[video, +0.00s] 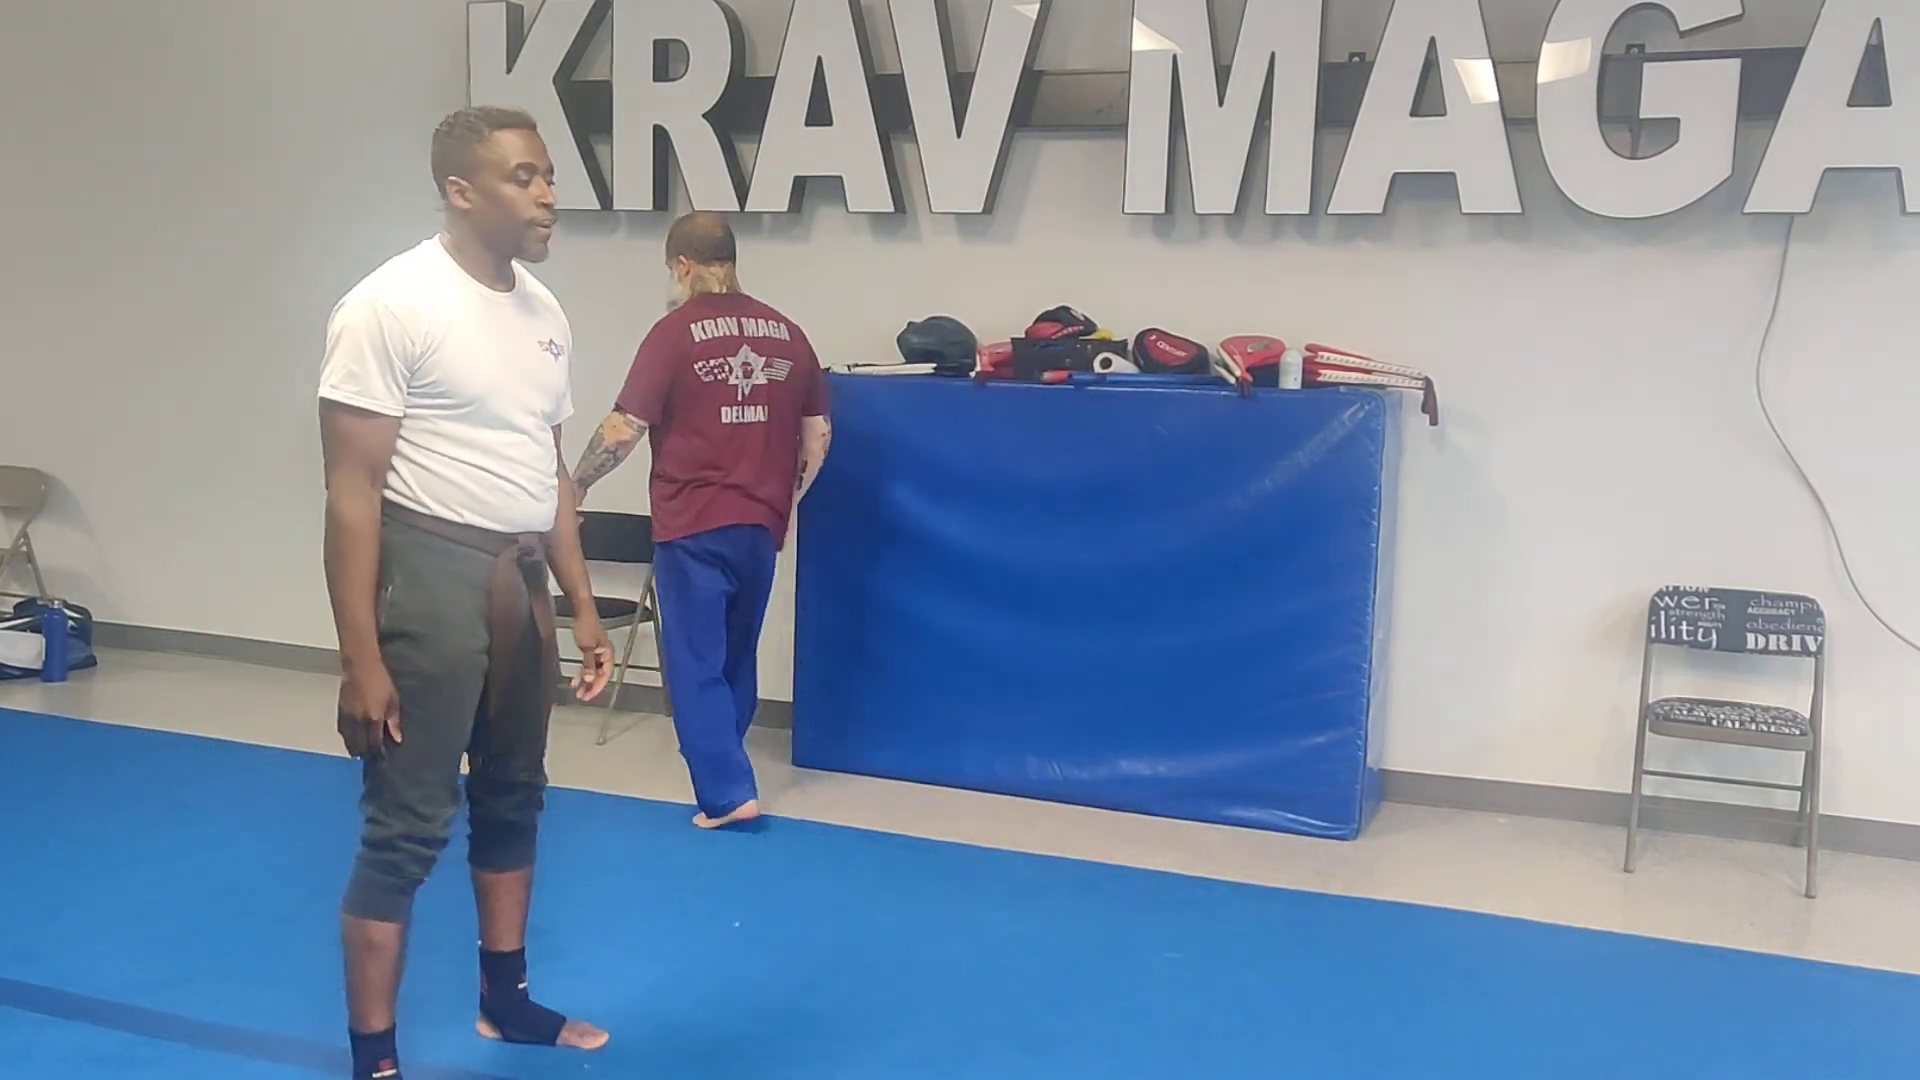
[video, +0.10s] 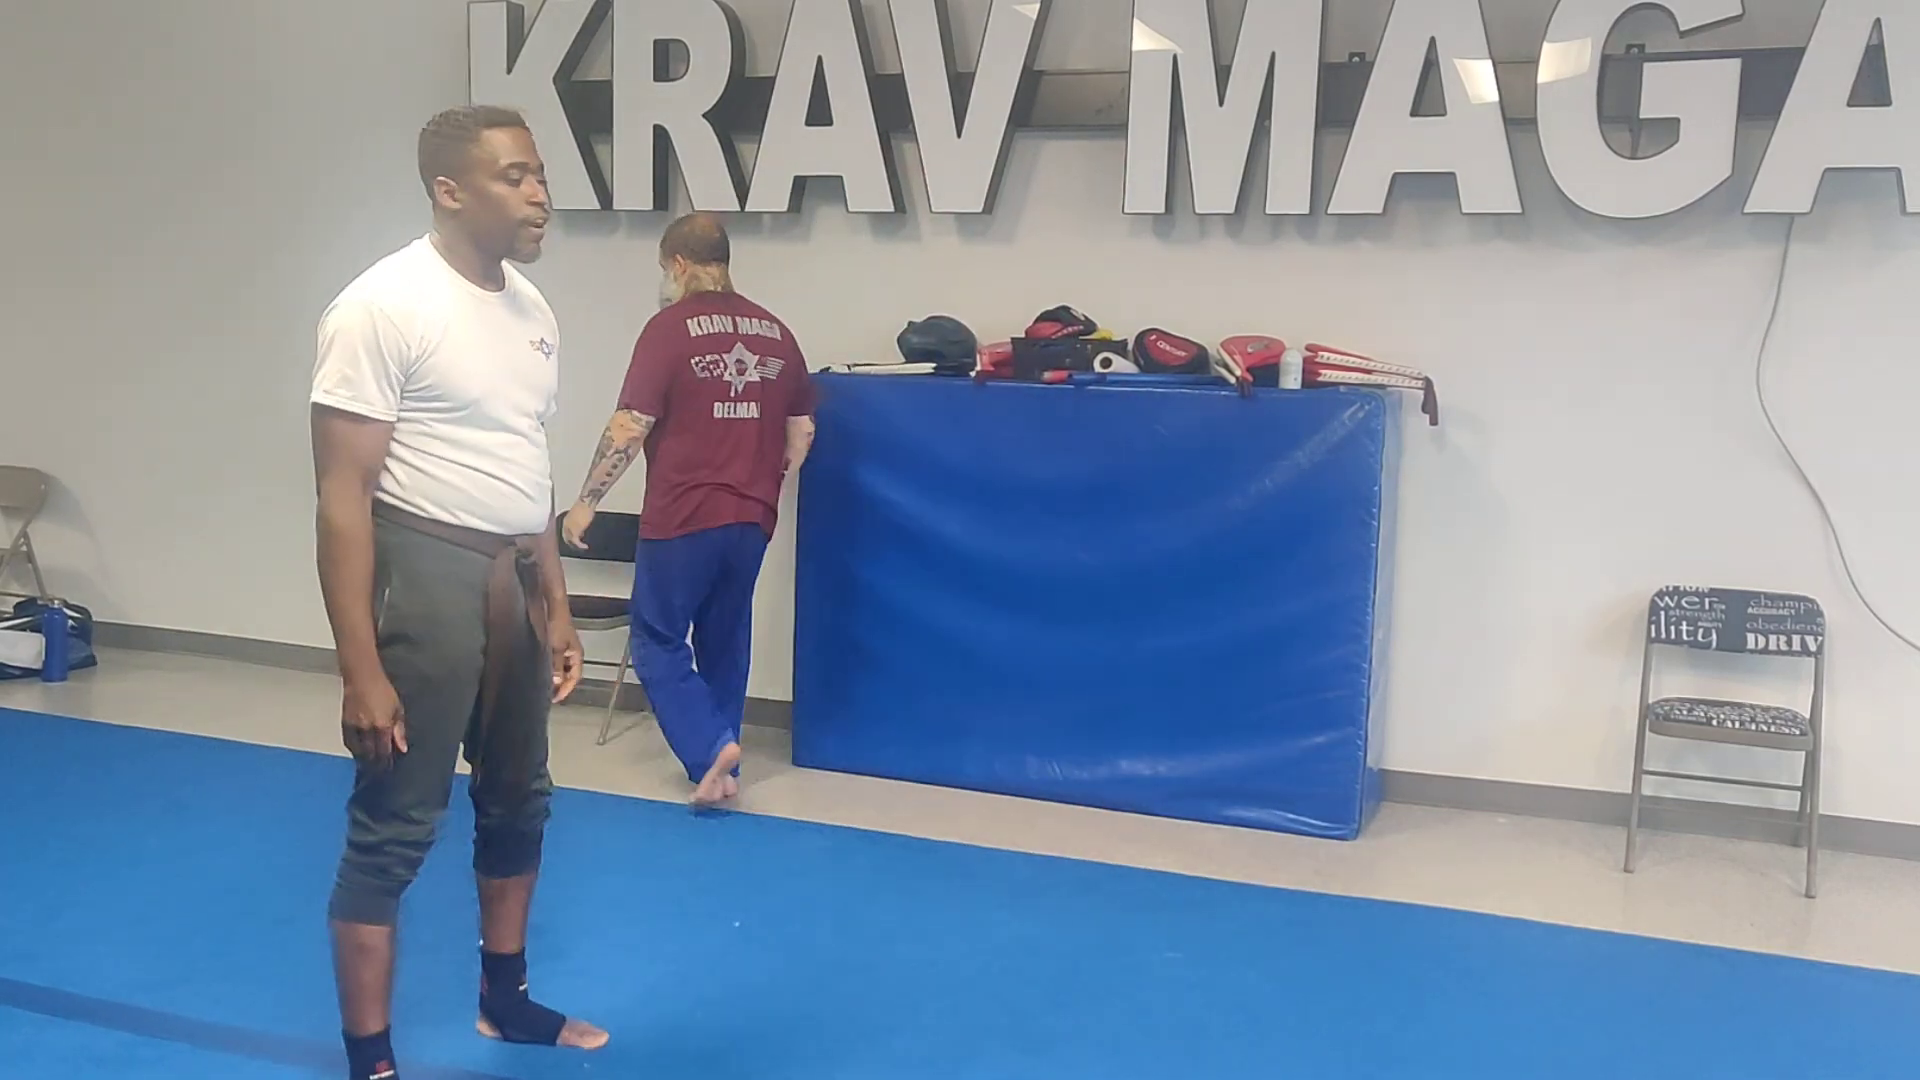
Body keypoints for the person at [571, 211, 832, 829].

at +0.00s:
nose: (670, 277)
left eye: (670, 268)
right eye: (672, 267)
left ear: (682, 266)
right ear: (731, 262)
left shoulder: (676, 331)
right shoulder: (786, 330)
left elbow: (621, 433)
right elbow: (819, 432)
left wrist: (574, 483)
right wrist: (789, 495)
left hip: (693, 521)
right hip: (763, 520)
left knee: (696, 665)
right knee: (738, 656)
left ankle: (731, 795)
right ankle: (722, 782)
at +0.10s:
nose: (663, 278)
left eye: (664, 269)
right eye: (665, 268)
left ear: (677, 266)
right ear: (724, 265)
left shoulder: (670, 328)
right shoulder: (773, 328)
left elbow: (628, 431)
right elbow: (801, 429)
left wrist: (586, 501)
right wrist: (767, 487)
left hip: (683, 515)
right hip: (753, 515)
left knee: (656, 640)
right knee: (726, 637)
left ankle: (711, 745)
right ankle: (718, 772)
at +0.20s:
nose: (649, 276)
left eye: (650, 265)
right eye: (648, 266)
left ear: (669, 260)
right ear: (710, 261)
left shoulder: (662, 323)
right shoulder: (760, 325)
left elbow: (629, 423)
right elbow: (784, 419)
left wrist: (603, 498)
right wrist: (748, 476)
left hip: (669, 510)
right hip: (738, 511)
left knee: (629, 618)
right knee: (724, 640)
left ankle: (671, 734)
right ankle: (724, 767)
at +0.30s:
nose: (631, 278)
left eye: (632, 267)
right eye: (630, 268)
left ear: (654, 261)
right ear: (692, 261)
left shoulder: (652, 322)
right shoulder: (745, 323)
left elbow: (628, 421)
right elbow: (765, 416)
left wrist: (609, 499)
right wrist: (730, 472)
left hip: (658, 505)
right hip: (729, 506)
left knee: (614, 628)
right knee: (723, 640)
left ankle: (628, 758)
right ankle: (724, 767)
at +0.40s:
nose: (608, 283)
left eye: (610, 272)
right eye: (607, 273)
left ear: (632, 268)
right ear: (668, 266)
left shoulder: (634, 326)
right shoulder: (721, 324)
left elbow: (621, 427)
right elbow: (742, 415)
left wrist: (602, 507)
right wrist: (718, 481)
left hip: (648, 512)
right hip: (716, 508)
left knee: (609, 637)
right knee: (718, 643)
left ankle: (590, 749)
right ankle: (724, 767)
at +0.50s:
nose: (579, 287)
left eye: (581, 275)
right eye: (579, 276)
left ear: (603, 274)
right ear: (637, 270)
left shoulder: (606, 334)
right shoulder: (694, 326)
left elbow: (598, 434)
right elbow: (719, 414)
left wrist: (579, 515)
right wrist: (684, 468)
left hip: (633, 514)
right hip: (700, 508)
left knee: (595, 631)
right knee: (704, 638)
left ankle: (579, 744)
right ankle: (723, 758)